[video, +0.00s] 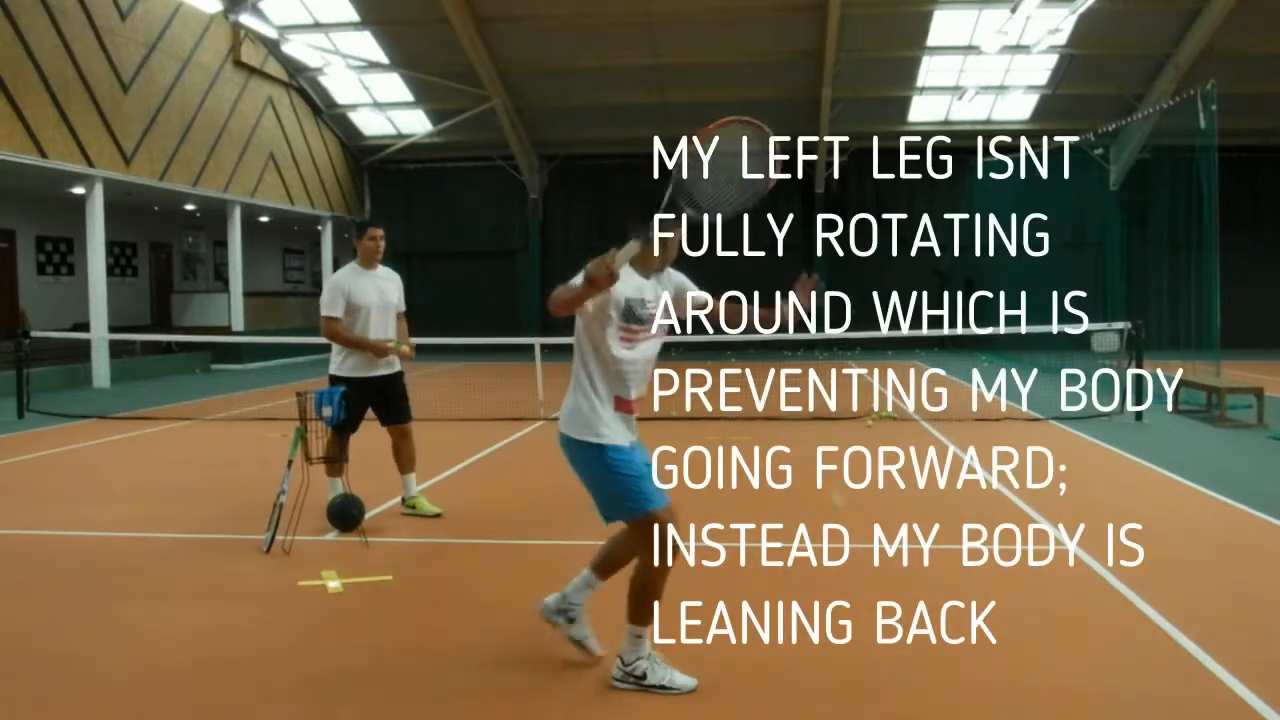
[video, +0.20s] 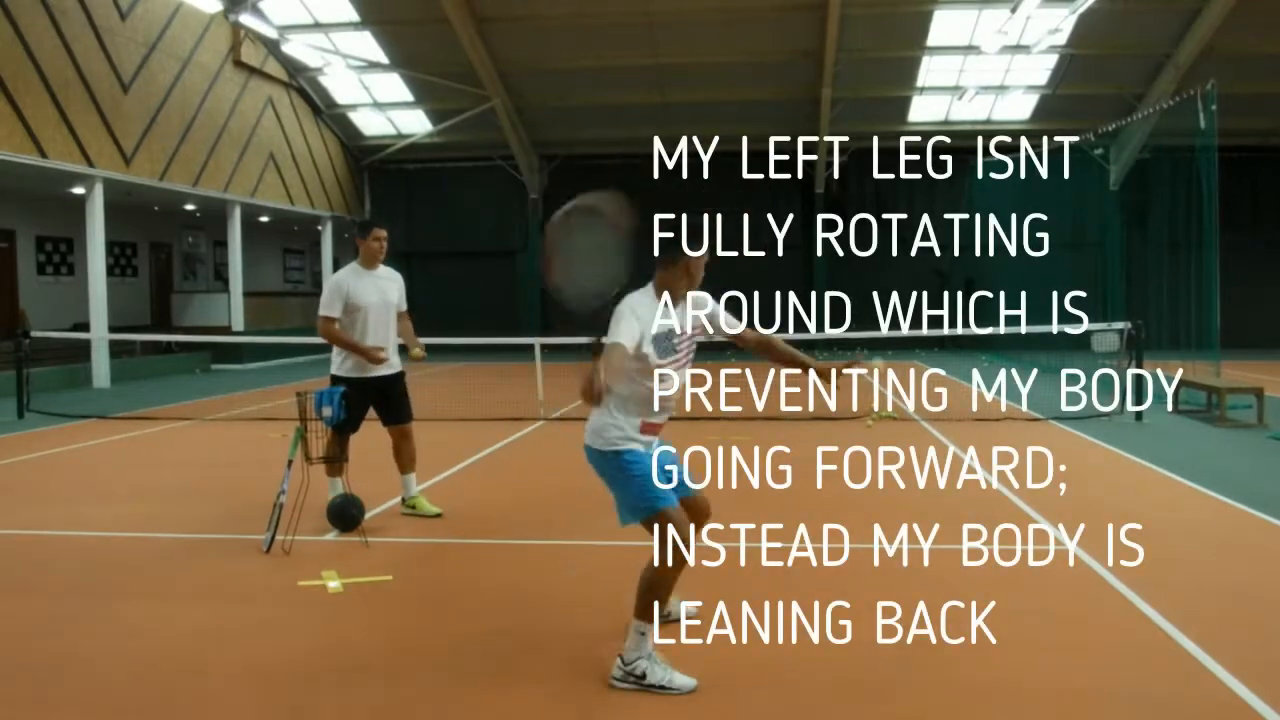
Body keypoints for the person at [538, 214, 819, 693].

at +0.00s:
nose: (680, 245)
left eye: (682, 236)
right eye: (674, 234)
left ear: (678, 242)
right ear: (654, 234)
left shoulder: (671, 284)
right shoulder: (605, 273)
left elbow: (729, 315)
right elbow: (555, 307)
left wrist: (788, 306)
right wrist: (588, 287)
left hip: (620, 427)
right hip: (591, 428)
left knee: (649, 527)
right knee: (663, 531)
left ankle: (567, 602)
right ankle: (634, 659)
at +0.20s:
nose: (702, 269)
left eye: (703, 262)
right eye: (697, 262)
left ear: (687, 266)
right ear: (674, 264)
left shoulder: (698, 306)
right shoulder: (635, 307)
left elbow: (754, 340)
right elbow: (608, 356)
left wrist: (814, 365)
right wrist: (595, 379)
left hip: (646, 438)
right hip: (616, 440)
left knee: (698, 512)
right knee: (673, 535)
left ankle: (657, 602)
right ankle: (634, 658)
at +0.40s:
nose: (721, 249)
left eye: (718, 240)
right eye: (718, 241)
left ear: (686, 240)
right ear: (706, 244)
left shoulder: (666, 276)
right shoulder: (689, 287)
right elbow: (689, 361)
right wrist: (692, 424)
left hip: (644, 409)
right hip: (667, 417)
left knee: (673, 509)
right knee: (694, 515)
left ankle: (654, 598)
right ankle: (657, 621)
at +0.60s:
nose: (731, 212)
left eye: (728, 204)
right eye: (730, 206)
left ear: (688, 202)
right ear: (722, 207)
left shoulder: (651, 249)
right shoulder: (735, 258)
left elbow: (603, 292)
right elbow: (764, 245)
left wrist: (645, 281)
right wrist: (734, 221)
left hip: (661, 388)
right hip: (718, 389)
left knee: (658, 489)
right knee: (722, 489)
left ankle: (662, 593)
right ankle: (689, 559)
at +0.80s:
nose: (686, 225)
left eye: (692, 215)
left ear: (700, 217)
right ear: (735, 215)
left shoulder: (692, 266)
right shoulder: (747, 257)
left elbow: (675, 327)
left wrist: (635, 315)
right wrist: (686, 252)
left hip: (702, 388)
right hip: (751, 384)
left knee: (685, 496)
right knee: (758, 486)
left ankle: (676, 600)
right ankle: (802, 581)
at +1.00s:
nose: (706, 233)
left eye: (710, 227)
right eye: (711, 229)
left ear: (720, 235)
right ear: (744, 231)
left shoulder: (735, 283)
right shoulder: (753, 268)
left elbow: (755, 347)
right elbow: (677, 288)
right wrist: (714, 263)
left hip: (742, 405)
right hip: (775, 401)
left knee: (698, 496)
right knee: (789, 483)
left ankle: (682, 600)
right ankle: (833, 569)